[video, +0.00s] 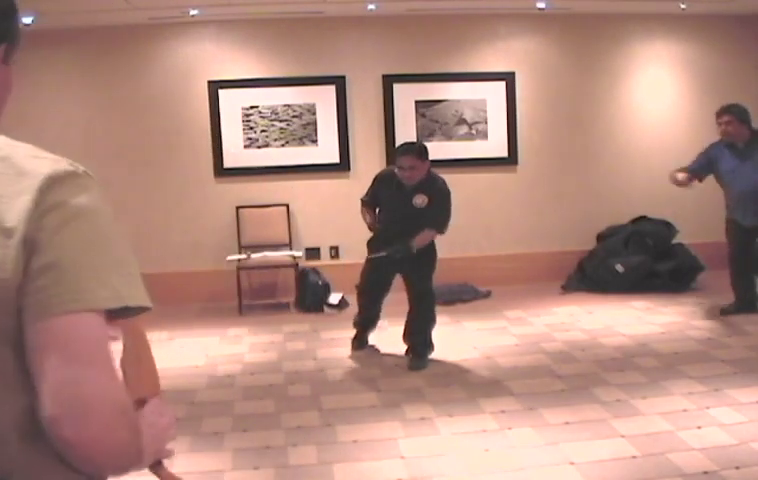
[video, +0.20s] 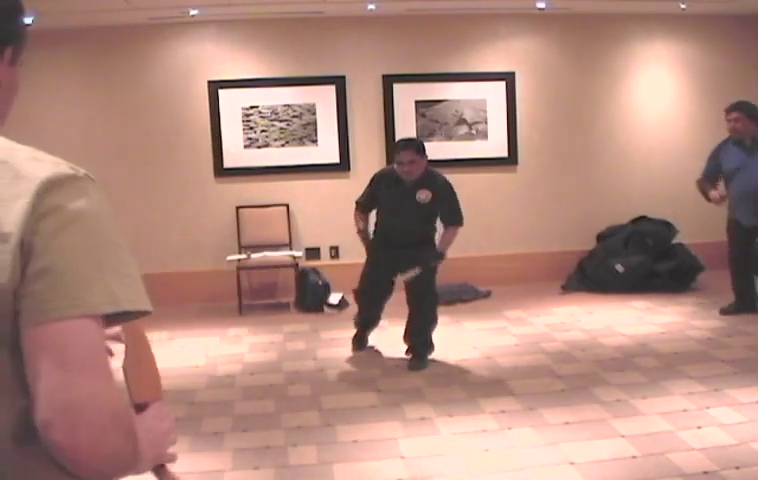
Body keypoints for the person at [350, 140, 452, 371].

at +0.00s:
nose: (405, 174)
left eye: (411, 168)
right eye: (400, 168)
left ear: (426, 166)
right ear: (395, 165)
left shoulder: (438, 188)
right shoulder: (385, 179)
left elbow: (435, 227)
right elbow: (367, 203)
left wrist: (409, 247)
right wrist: (372, 222)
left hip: (418, 246)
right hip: (383, 242)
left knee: (421, 298)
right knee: (369, 291)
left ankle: (418, 350)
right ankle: (362, 329)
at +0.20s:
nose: (405, 169)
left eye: (411, 163)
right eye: (400, 163)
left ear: (424, 161)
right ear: (394, 162)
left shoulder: (437, 185)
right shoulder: (383, 179)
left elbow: (453, 223)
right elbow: (361, 209)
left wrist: (438, 254)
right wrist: (367, 243)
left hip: (420, 249)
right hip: (384, 248)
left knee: (423, 302)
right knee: (369, 294)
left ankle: (419, 350)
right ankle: (362, 329)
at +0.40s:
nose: (402, 165)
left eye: (407, 159)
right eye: (396, 160)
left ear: (419, 158)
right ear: (389, 160)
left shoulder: (431, 181)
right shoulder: (377, 179)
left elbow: (459, 211)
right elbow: (347, 207)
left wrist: (457, 241)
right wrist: (339, 242)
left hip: (419, 248)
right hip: (383, 249)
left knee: (423, 301)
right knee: (378, 299)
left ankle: (420, 351)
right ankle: (374, 344)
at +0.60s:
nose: (395, 166)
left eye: (400, 160)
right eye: (389, 161)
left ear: (408, 158)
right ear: (378, 162)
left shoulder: (420, 179)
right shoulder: (366, 180)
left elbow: (447, 205)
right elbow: (335, 212)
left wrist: (441, 226)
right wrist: (327, 243)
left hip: (415, 249)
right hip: (380, 250)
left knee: (421, 300)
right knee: (382, 301)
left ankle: (421, 350)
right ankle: (380, 350)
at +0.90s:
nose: (392, 169)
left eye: (397, 163)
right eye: (386, 164)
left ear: (403, 159)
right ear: (373, 163)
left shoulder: (412, 177)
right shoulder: (358, 182)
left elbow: (428, 204)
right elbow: (328, 215)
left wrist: (409, 217)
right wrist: (324, 246)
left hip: (407, 244)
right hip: (375, 247)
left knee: (419, 296)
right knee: (380, 301)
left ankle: (422, 346)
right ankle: (380, 350)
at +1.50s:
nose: (399, 171)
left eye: (402, 165)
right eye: (392, 167)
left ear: (408, 160)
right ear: (378, 164)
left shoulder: (418, 178)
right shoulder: (362, 182)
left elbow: (446, 202)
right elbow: (334, 215)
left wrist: (432, 218)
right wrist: (330, 245)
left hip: (412, 246)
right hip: (379, 247)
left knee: (419, 297)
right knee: (380, 301)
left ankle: (421, 346)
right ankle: (381, 350)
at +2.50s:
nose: (403, 167)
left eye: (407, 161)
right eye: (396, 162)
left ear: (414, 157)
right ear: (384, 162)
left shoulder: (427, 179)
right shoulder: (371, 180)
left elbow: (443, 206)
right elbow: (347, 215)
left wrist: (439, 227)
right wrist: (358, 241)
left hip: (417, 248)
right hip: (381, 248)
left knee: (423, 297)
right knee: (380, 300)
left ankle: (421, 346)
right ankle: (379, 349)